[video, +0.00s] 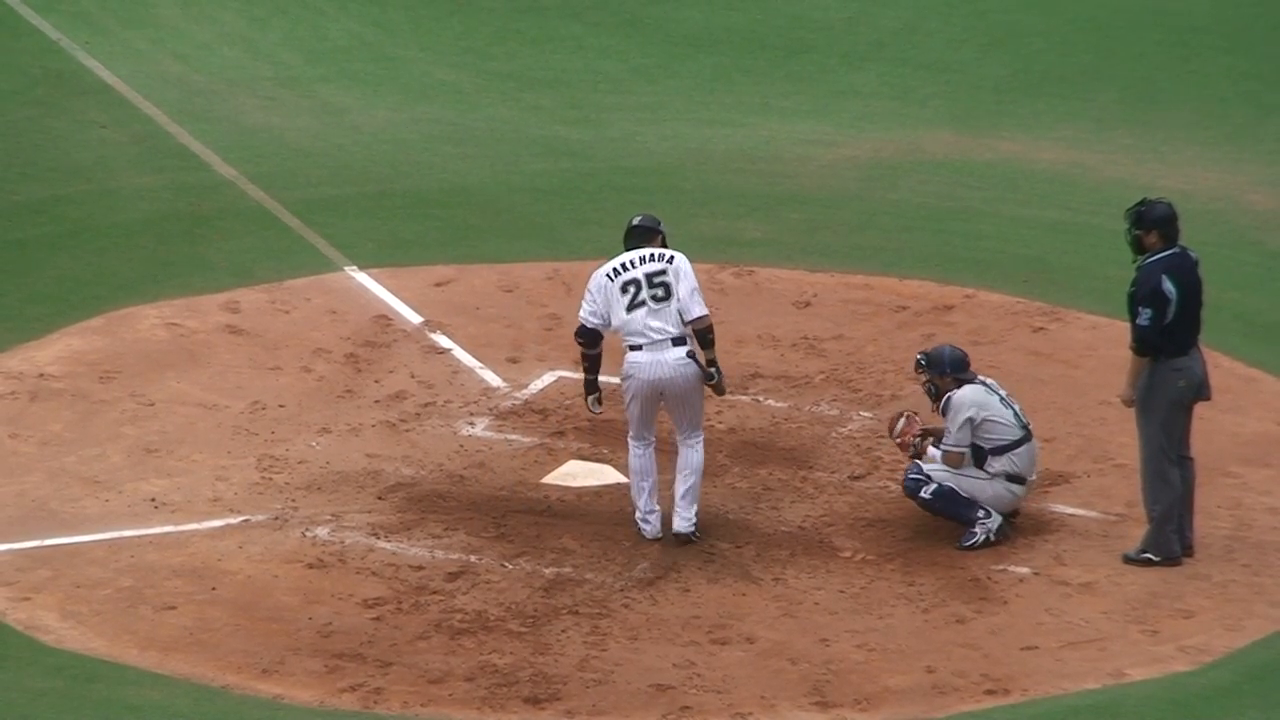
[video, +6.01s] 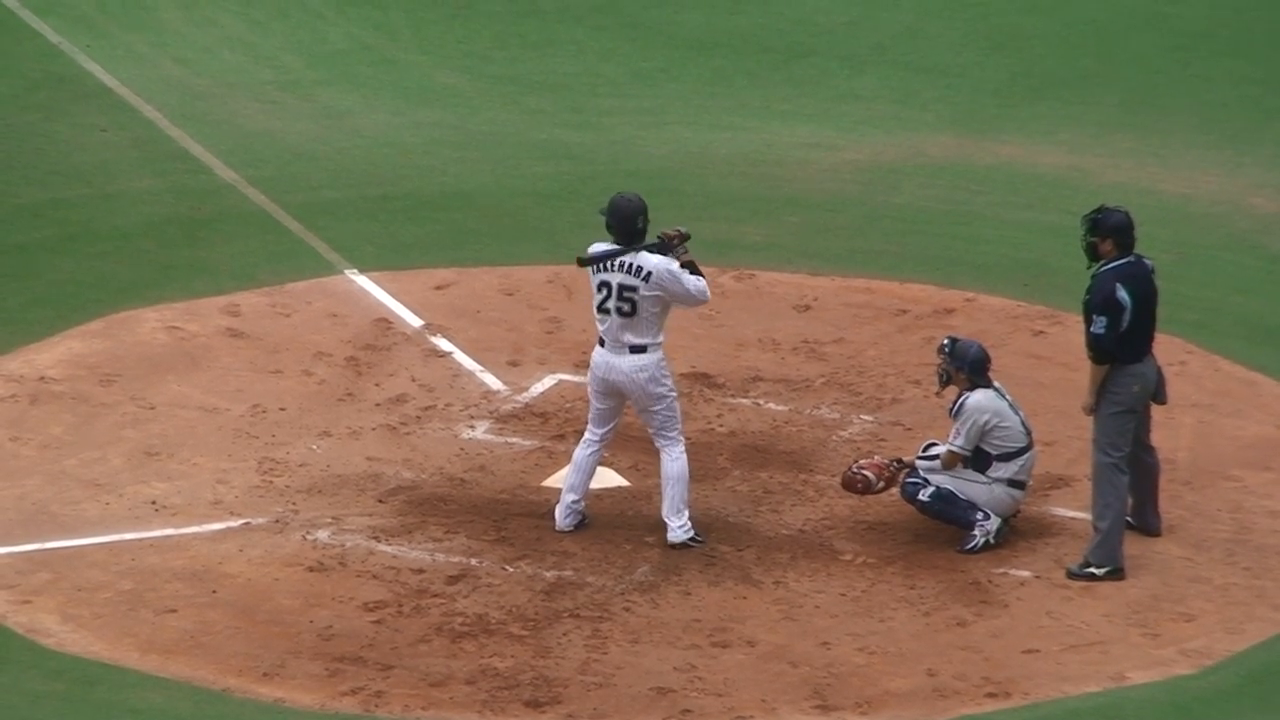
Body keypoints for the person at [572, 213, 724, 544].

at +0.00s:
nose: (663, 244)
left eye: (661, 240)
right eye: (662, 239)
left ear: (627, 241)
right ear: (657, 239)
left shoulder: (605, 274)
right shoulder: (675, 260)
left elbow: (589, 335)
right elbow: (699, 321)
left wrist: (591, 383)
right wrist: (712, 364)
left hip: (637, 365)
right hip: (681, 361)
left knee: (640, 441)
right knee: (690, 437)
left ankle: (648, 522)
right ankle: (685, 521)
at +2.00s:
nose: (685, 250)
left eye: (685, 245)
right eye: (685, 245)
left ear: (652, 237)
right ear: (678, 243)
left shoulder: (610, 259)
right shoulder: (678, 268)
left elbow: (581, 310)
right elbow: (679, 320)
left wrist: (598, 328)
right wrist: (705, 318)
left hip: (605, 353)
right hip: (646, 356)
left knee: (589, 437)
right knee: (665, 444)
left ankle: (564, 514)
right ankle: (678, 527)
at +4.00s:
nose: (678, 260)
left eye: (679, 256)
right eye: (677, 256)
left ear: (642, 250)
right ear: (671, 254)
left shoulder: (607, 270)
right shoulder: (672, 273)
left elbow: (576, 329)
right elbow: (670, 333)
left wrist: (576, 373)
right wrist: (671, 373)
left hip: (594, 352)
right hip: (639, 354)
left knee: (586, 435)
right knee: (662, 444)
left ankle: (565, 511)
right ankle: (680, 526)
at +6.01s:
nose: (605, 224)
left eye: (608, 221)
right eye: (644, 219)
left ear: (610, 225)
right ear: (643, 225)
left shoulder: (596, 254)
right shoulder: (660, 268)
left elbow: (627, 260)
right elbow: (700, 293)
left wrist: (660, 248)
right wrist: (684, 257)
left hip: (603, 362)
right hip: (645, 367)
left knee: (593, 437)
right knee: (670, 443)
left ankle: (566, 513)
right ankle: (678, 527)